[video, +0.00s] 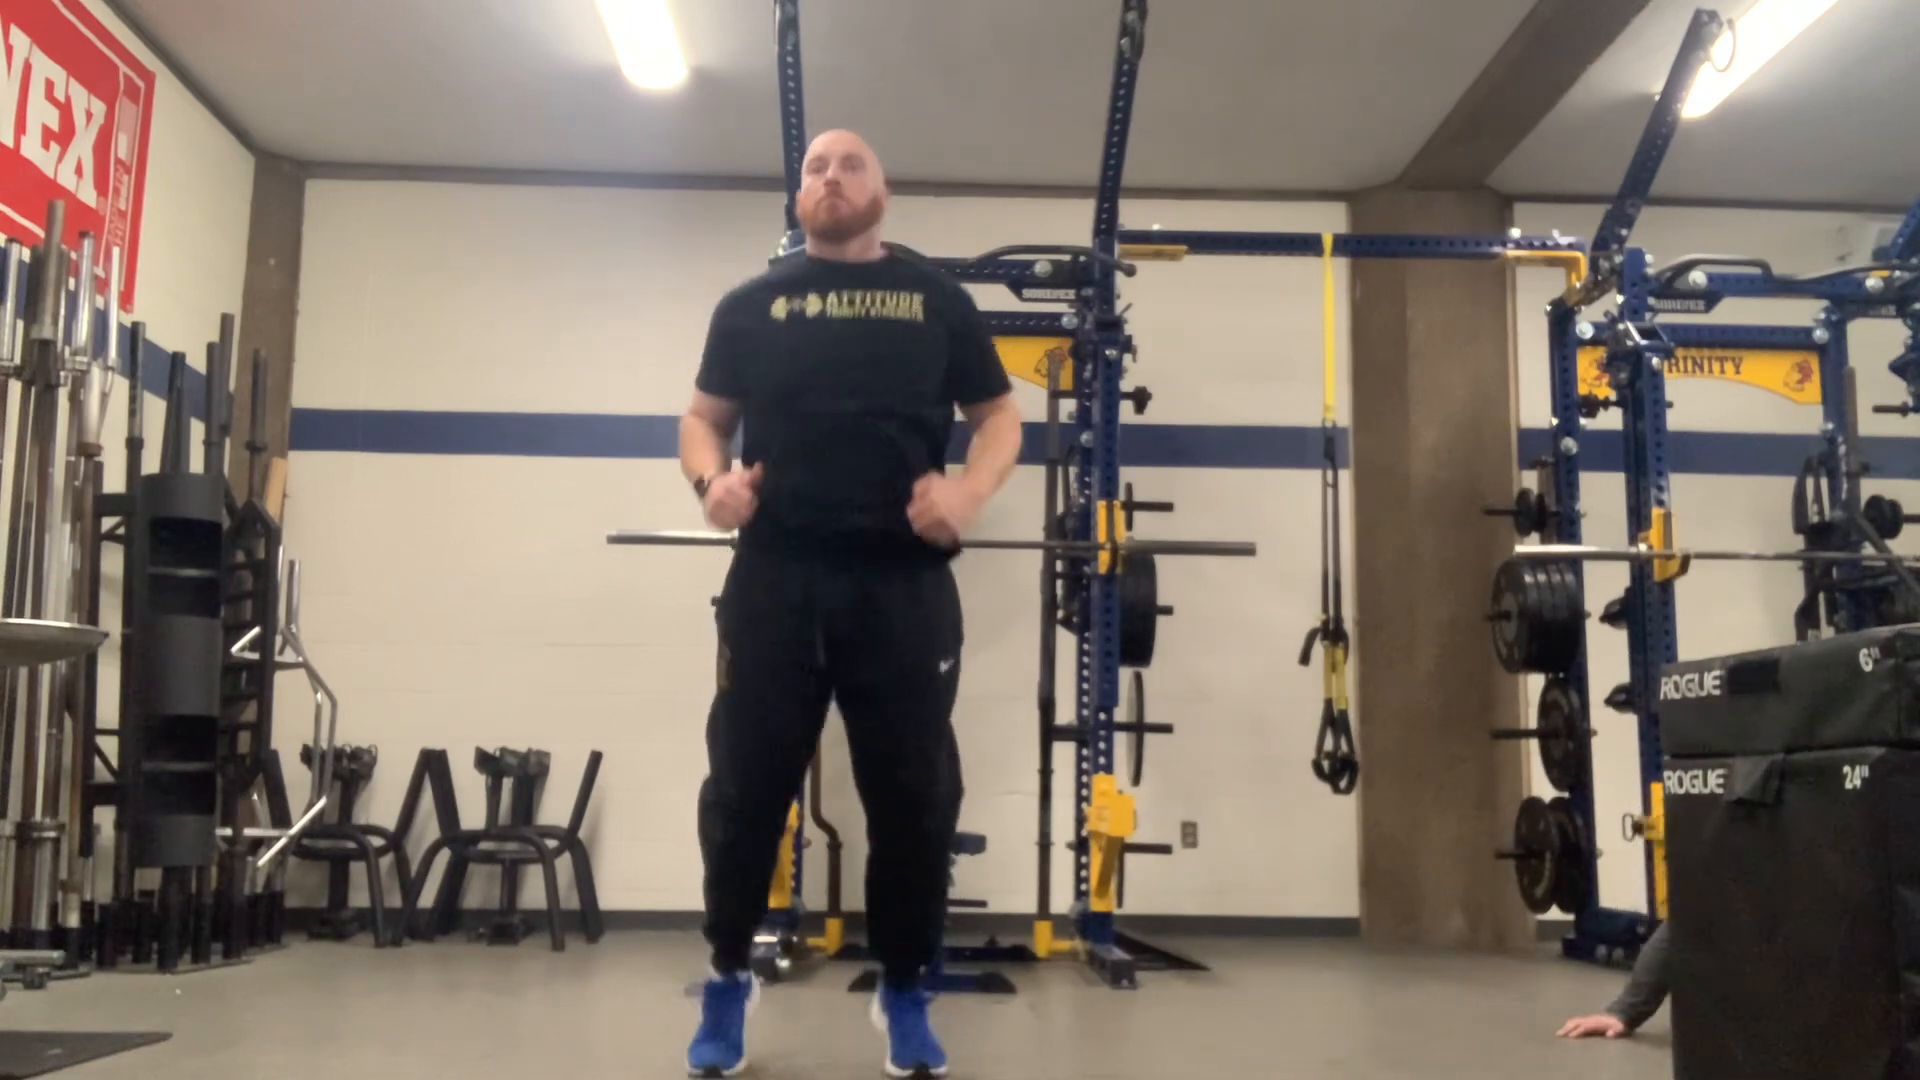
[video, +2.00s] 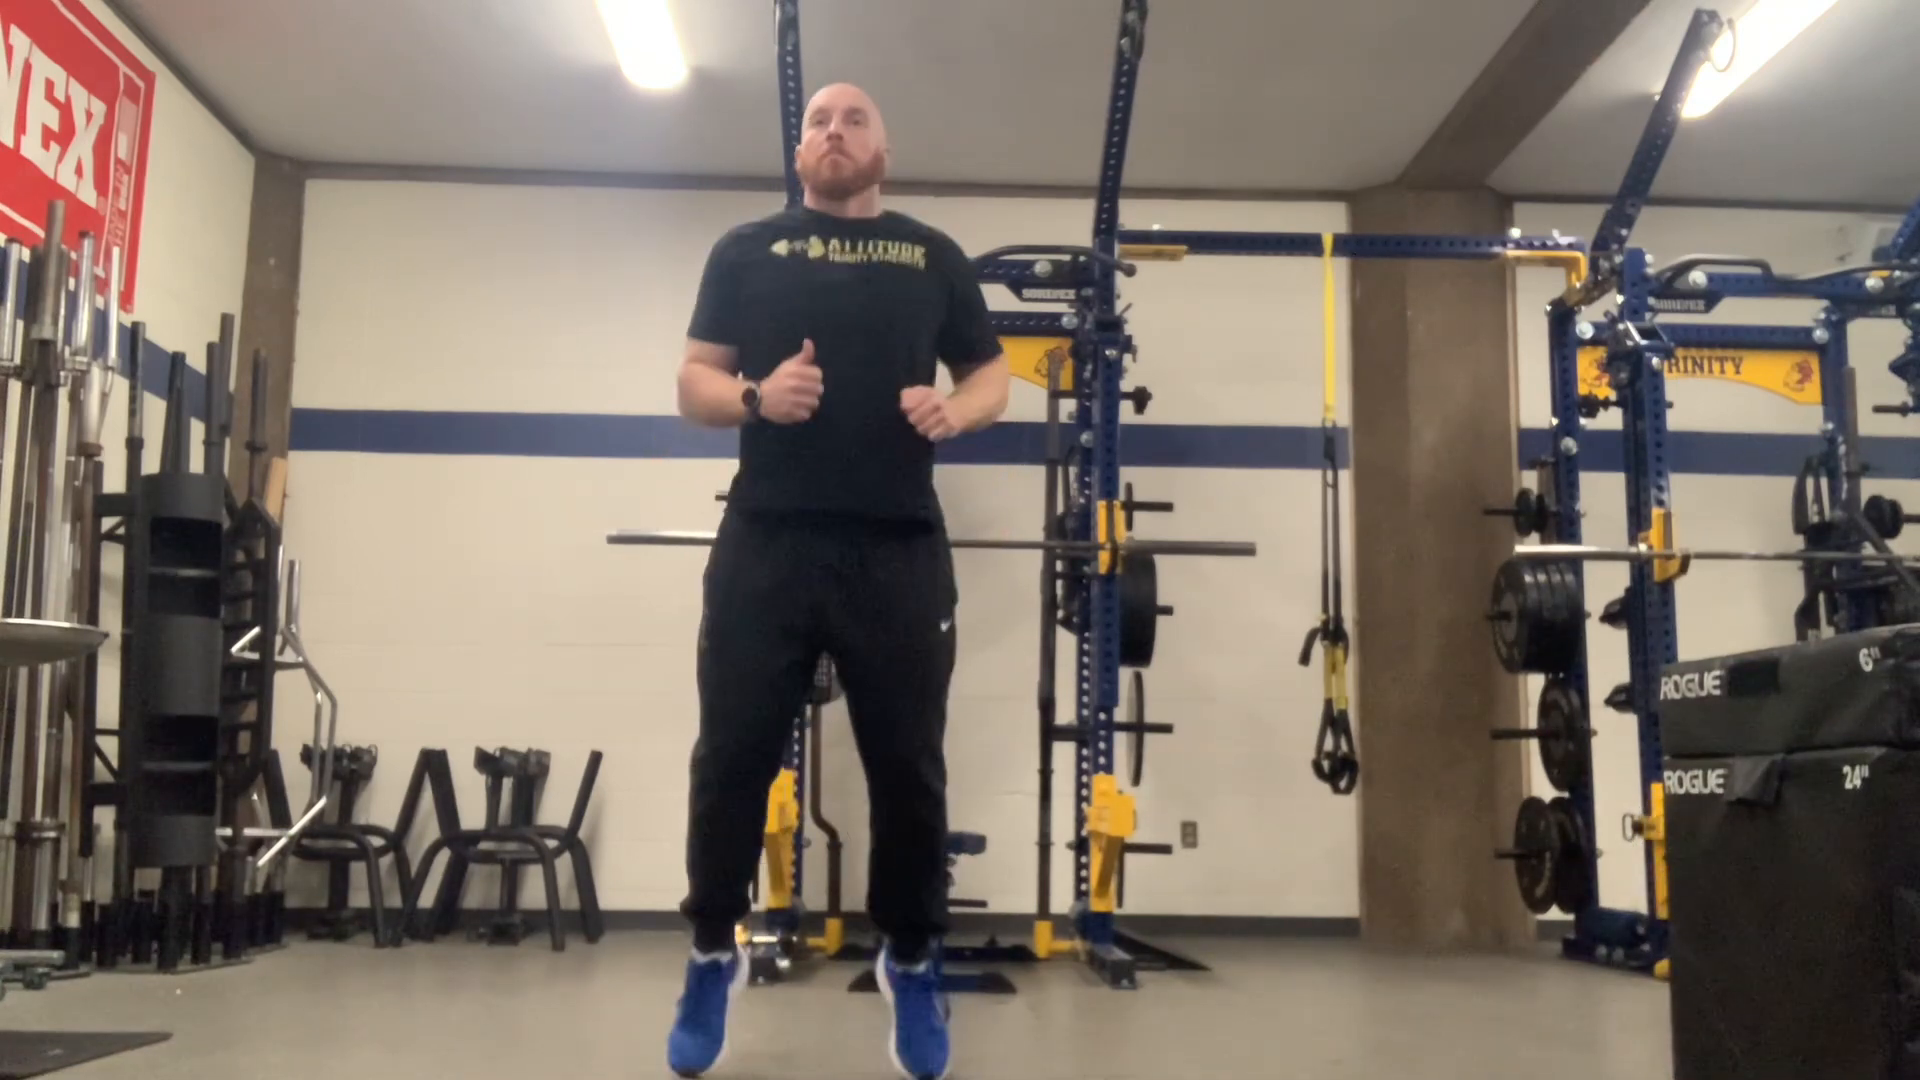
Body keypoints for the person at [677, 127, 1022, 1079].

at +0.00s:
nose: (832, 176)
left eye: (850, 164)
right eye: (816, 168)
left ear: (885, 194)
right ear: (796, 201)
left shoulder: (938, 297)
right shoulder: (749, 306)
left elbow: (1000, 420)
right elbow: (703, 424)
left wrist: (970, 488)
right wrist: (713, 479)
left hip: (902, 580)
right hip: (777, 577)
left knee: (916, 797)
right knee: (744, 786)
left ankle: (906, 995)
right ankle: (725, 980)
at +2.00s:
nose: (834, 129)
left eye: (854, 119)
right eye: (818, 120)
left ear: (887, 151)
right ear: (796, 153)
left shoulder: (935, 257)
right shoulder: (745, 253)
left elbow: (992, 379)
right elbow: (696, 389)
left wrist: (955, 410)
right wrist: (755, 396)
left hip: (896, 548)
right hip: (766, 544)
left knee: (909, 768)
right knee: (731, 757)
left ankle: (912, 965)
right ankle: (711, 957)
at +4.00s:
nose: (830, 197)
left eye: (848, 187)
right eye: (814, 189)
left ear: (882, 220)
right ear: (791, 225)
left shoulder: (943, 329)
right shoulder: (748, 333)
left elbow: (1006, 452)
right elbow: (694, 457)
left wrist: (966, 475)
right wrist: (717, 489)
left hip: (906, 609)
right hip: (772, 606)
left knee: (926, 817)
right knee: (723, 815)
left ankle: (939, 1024)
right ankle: (663, 1019)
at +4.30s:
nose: (873, 131)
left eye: (890, 119)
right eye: (857, 121)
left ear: (920, 146)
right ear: (832, 153)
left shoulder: (987, 237)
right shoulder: (795, 261)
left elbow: (1073, 351)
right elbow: (759, 389)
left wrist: (1030, 359)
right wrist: (784, 416)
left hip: (971, 540)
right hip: (841, 540)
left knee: (989, 761)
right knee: (816, 751)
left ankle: (998, 980)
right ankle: (800, 963)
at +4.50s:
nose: (913, 216)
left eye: (930, 204)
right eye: (896, 203)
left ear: (957, 230)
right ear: (868, 229)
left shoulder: (1014, 330)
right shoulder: (824, 349)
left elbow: (1074, 441)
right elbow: (773, 470)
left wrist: (1070, 484)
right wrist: (787, 497)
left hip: (1018, 616)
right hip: (891, 624)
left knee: (1057, 830)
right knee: (904, 830)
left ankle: (1099, 1030)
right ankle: (944, 1021)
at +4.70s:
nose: (914, 152)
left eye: (932, 142)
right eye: (898, 141)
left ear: (960, 174)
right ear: (870, 171)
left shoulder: (1000, 282)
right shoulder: (808, 271)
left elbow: (1055, 400)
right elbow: (744, 392)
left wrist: (1048, 432)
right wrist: (792, 407)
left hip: (965, 572)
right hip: (839, 573)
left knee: (1012, 785)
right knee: (866, 793)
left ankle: (1052, 998)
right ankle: (917, 1004)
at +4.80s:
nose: (887, 126)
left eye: (905, 116)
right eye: (871, 114)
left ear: (934, 144)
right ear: (845, 141)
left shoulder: (977, 245)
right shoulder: (787, 236)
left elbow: (1033, 365)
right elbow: (713, 357)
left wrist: (1020, 399)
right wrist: (755, 385)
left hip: (932, 532)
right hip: (807, 530)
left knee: (925, 747)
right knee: (811, 746)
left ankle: (925, 955)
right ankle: (828, 955)